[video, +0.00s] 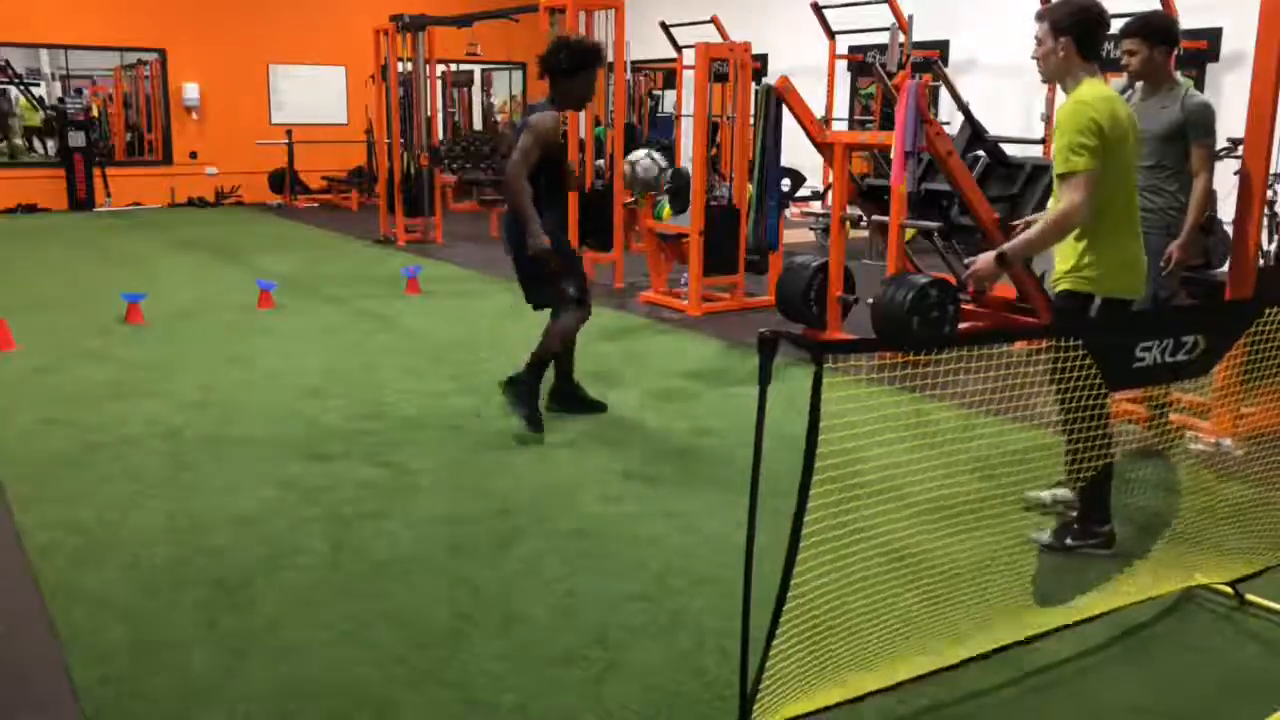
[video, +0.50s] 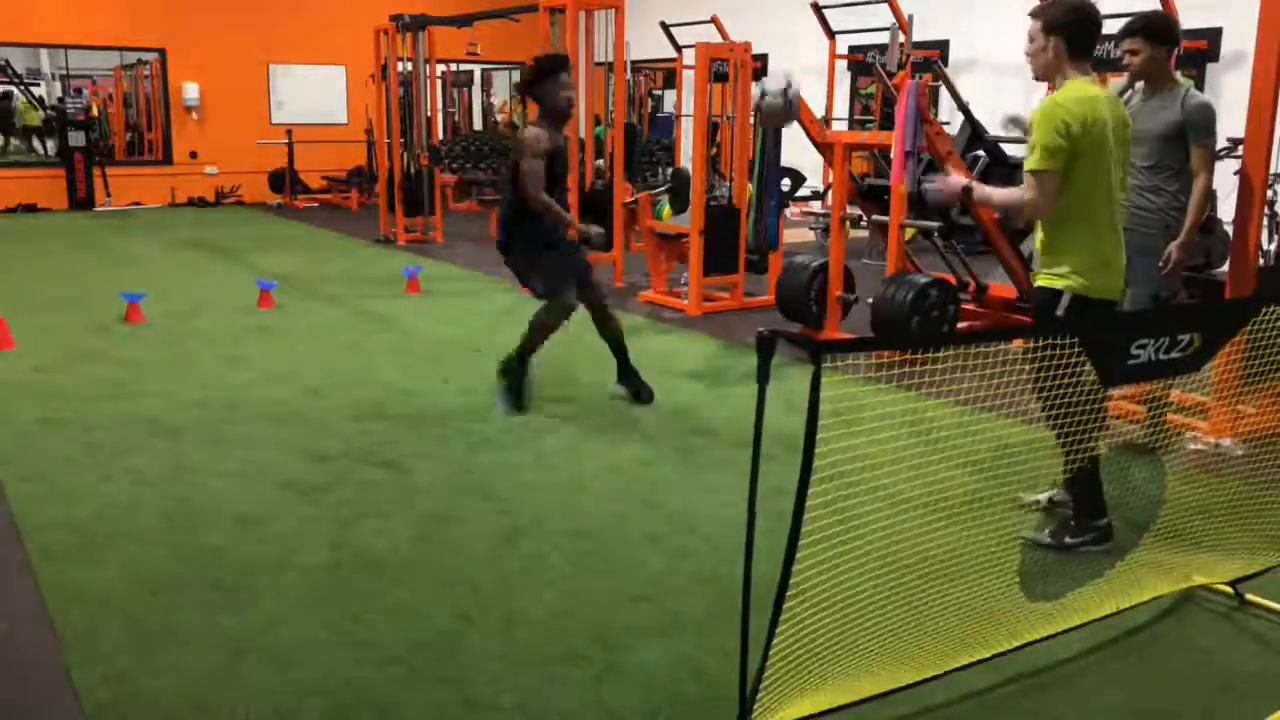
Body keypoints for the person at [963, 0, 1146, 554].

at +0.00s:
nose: (1034, 52)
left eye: (1040, 42)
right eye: (1035, 42)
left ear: (1064, 46)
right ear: (1074, 47)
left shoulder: (1080, 108)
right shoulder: (1110, 104)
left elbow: (1075, 207)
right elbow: (1101, 199)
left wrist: (1002, 257)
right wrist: (1044, 220)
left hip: (1089, 280)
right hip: (1111, 277)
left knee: (1080, 398)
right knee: (1083, 391)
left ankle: (1094, 524)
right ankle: (1083, 493)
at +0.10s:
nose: (1032, 53)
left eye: (1038, 43)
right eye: (1034, 43)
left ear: (1062, 47)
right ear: (1076, 47)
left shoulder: (1075, 109)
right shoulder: (1115, 106)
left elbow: (1070, 208)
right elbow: (1101, 201)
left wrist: (1000, 259)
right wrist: (1031, 241)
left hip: (1086, 280)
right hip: (1114, 278)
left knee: (1078, 397)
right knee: (1081, 391)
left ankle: (1094, 525)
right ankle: (1081, 492)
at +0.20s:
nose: (1030, 54)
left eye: (1035, 44)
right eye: (1031, 44)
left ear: (1058, 47)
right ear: (1074, 48)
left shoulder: (1071, 110)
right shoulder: (1113, 106)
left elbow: (1066, 208)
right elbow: (1101, 202)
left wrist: (996, 255)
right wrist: (1024, 246)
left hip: (1084, 282)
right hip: (1114, 280)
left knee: (1073, 397)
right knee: (1078, 390)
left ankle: (1094, 524)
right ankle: (1076, 487)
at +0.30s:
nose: (1028, 55)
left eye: (1033, 44)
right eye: (1030, 44)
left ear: (1055, 47)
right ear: (1072, 48)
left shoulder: (1066, 111)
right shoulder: (1112, 106)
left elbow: (1058, 207)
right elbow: (1113, 197)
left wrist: (990, 240)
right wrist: (1025, 231)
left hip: (1079, 280)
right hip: (1110, 278)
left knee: (1074, 396)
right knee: (1084, 390)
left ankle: (1092, 523)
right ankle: (1082, 492)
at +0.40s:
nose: (1027, 54)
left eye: (1031, 42)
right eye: (1029, 42)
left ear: (1052, 45)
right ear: (1076, 46)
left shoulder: (1060, 111)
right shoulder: (1111, 107)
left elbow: (1049, 204)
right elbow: (1093, 197)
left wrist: (980, 220)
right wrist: (1015, 215)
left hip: (1072, 280)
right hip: (1105, 277)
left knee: (1069, 396)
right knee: (1082, 389)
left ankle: (1091, 520)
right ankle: (1081, 491)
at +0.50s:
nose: (1028, 50)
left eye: (1033, 40)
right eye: (1030, 39)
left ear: (1055, 44)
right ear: (1079, 45)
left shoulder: (1057, 109)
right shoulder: (1112, 106)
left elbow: (1038, 199)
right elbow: (1103, 192)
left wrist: (971, 192)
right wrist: (1018, 206)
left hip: (1067, 278)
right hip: (1103, 276)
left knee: (1057, 391)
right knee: (1080, 386)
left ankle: (1089, 519)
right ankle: (1080, 488)